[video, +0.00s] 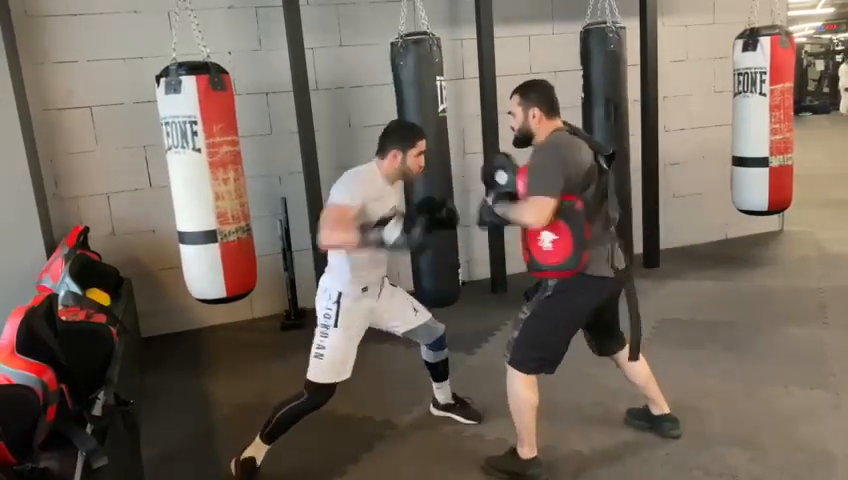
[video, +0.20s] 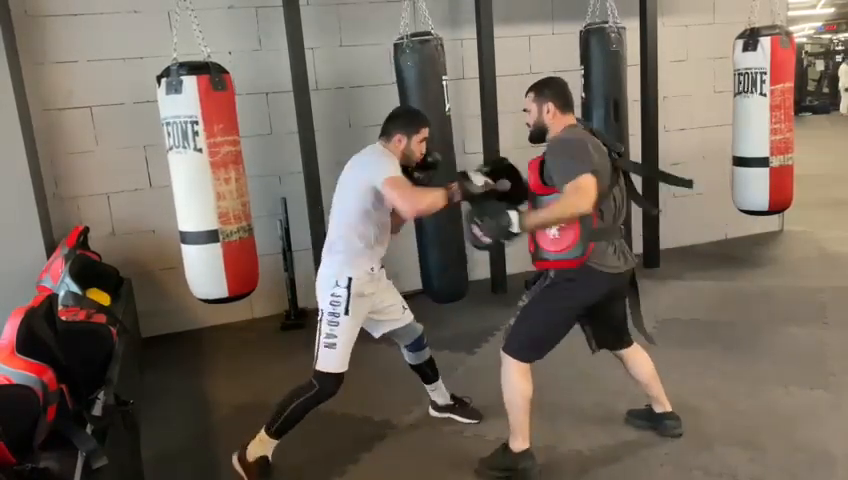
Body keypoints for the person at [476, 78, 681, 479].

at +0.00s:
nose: (512, 122)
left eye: (514, 114)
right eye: (511, 114)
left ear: (535, 113)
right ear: (549, 113)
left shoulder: (550, 150)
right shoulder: (576, 141)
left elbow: (536, 215)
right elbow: (565, 201)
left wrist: (498, 208)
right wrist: (519, 185)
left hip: (577, 277)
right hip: (608, 269)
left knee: (522, 361)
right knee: (618, 344)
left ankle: (526, 455)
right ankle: (662, 413)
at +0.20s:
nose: (526, 119)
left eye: (529, 111)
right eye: (526, 111)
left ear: (549, 109)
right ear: (560, 110)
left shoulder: (564, 145)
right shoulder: (590, 142)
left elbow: (581, 199)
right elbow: (568, 201)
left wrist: (519, 221)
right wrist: (518, 191)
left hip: (578, 275)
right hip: (612, 270)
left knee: (515, 353)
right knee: (622, 342)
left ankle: (518, 449)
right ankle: (664, 413)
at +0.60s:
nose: (487, 145)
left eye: (488, 136)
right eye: (486, 137)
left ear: (510, 130)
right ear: (513, 132)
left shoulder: (556, 150)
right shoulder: (523, 171)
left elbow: (556, 193)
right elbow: (500, 223)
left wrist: (500, 174)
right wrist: (439, 225)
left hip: (581, 283)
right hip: (570, 282)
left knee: (516, 373)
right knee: (598, 355)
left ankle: (514, 467)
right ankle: (657, 412)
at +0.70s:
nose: (491, 147)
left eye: (492, 138)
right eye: (490, 139)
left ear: (513, 134)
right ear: (517, 134)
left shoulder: (562, 157)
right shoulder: (524, 172)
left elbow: (563, 194)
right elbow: (513, 230)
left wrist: (500, 181)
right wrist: (475, 258)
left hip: (570, 292)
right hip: (566, 289)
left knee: (508, 376)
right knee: (594, 354)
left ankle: (512, 469)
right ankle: (656, 410)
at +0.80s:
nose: (505, 136)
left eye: (504, 128)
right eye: (502, 129)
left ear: (523, 123)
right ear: (537, 122)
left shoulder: (557, 152)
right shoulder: (569, 150)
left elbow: (550, 201)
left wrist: (504, 154)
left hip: (567, 286)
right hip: (599, 280)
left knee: (510, 372)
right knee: (614, 352)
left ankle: (513, 467)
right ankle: (660, 410)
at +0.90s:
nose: (520, 130)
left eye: (524, 123)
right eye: (520, 123)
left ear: (546, 121)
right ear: (557, 122)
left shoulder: (554, 151)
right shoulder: (585, 150)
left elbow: (514, 203)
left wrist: (477, 165)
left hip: (579, 282)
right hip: (615, 277)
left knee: (511, 368)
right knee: (620, 348)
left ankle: (515, 466)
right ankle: (664, 411)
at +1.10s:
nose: (526, 123)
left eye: (530, 115)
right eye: (526, 115)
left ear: (554, 115)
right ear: (560, 115)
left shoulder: (579, 152)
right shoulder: (572, 147)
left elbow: (569, 215)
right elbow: (557, 196)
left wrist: (513, 194)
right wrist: (524, 170)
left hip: (579, 282)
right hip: (598, 276)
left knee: (510, 365)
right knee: (614, 348)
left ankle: (499, 465)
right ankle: (662, 411)